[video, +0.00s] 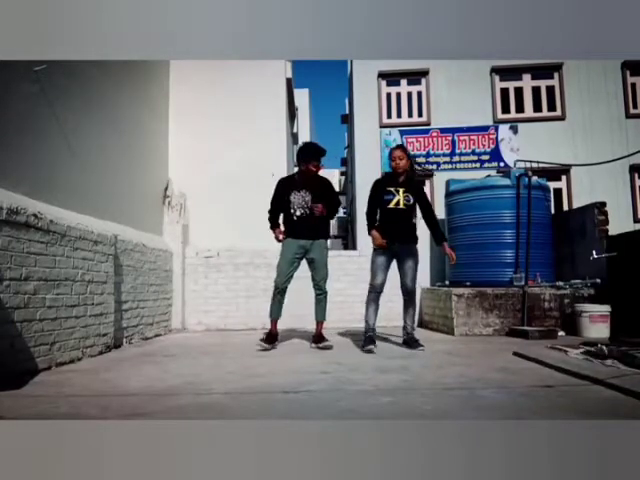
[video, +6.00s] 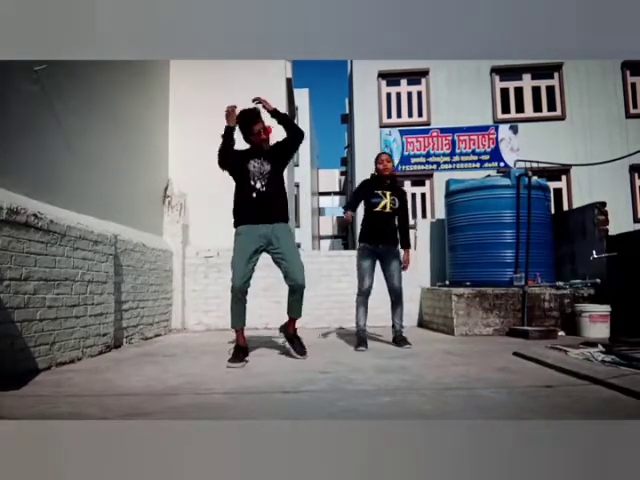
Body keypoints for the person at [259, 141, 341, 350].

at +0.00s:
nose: (320, 166)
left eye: (320, 162)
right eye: (316, 162)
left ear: (315, 162)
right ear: (305, 163)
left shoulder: (324, 183)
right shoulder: (285, 184)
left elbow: (335, 205)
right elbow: (274, 210)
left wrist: (325, 212)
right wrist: (275, 227)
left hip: (318, 241)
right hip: (293, 240)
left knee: (320, 286)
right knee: (280, 284)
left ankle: (319, 331)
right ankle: (273, 330)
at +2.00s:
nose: (267, 138)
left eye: (270, 134)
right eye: (265, 133)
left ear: (273, 132)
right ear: (256, 130)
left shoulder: (278, 154)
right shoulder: (235, 154)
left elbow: (296, 182)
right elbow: (218, 184)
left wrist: (290, 154)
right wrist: (239, 151)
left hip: (280, 230)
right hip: (253, 229)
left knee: (290, 286)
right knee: (252, 288)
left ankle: (266, 336)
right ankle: (249, 347)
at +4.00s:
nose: (246, 146)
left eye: (250, 142)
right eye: (242, 142)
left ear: (254, 144)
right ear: (233, 143)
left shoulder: (268, 167)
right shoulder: (227, 177)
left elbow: (291, 194)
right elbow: (221, 206)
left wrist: (290, 222)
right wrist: (223, 229)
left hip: (271, 232)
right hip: (244, 236)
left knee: (284, 281)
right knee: (240, 286)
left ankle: (295, 333)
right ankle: (249, 334)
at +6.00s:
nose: (265, 134)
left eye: (266, 129)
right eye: (258, 132)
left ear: (268, 128)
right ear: (247, 135)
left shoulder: (278, 154)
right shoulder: (238, 159)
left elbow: (297, 135)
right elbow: (223, 159)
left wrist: (274, 112)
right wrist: (230, 127)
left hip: (279, 227)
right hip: (248, 229)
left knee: (298, 282)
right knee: (239, 285)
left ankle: (291, 327)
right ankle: (240, 342)